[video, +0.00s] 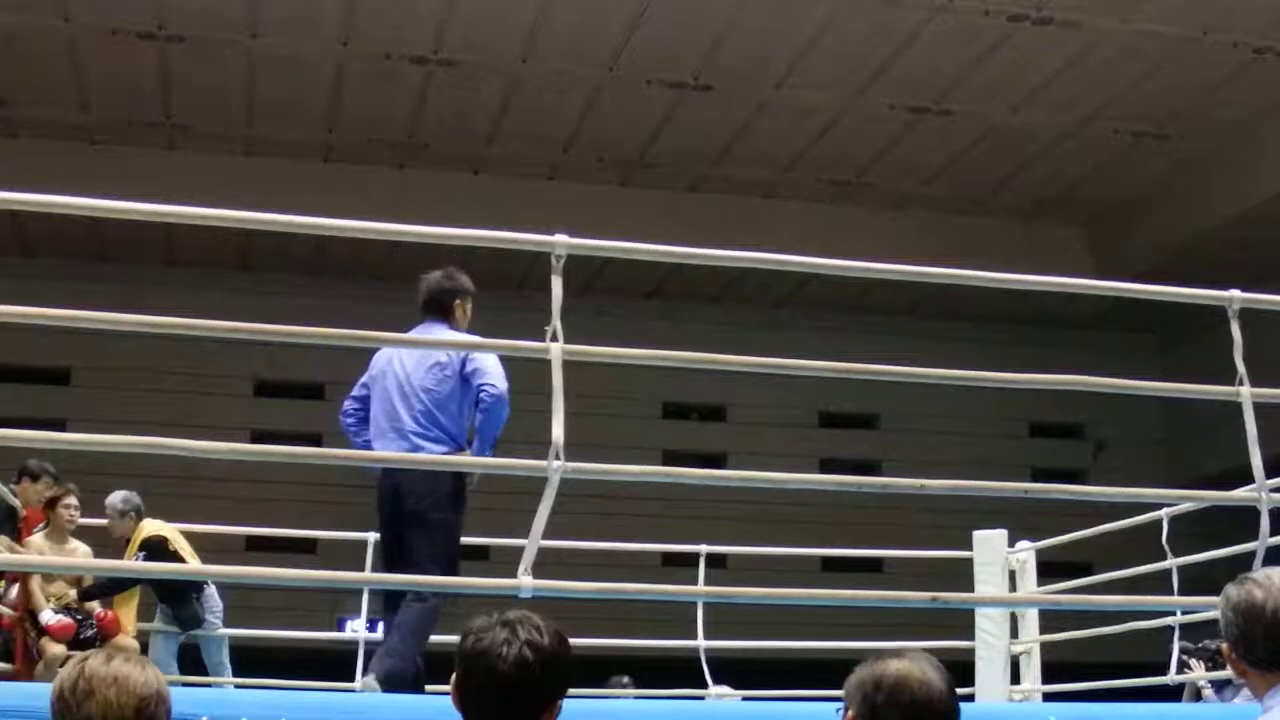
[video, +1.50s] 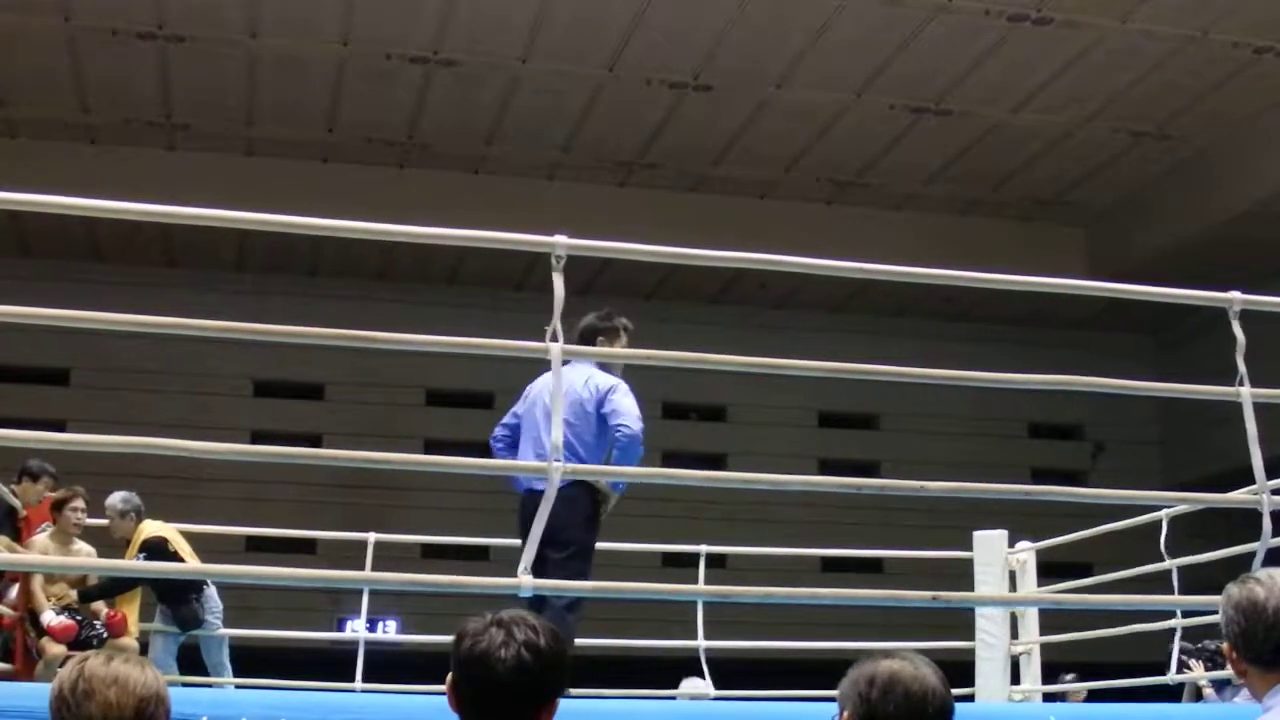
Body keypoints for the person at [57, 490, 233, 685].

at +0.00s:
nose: (107, 523)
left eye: (111, 518)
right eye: (107, 518)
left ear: (130, 519)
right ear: (130, 518)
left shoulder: (154, 539)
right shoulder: (140, 536)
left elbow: (125, 581)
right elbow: (123, 582)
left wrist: (79, 595)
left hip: (201, 601)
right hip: (171, 603)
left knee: (218, 666)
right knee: (161, 661)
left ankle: (229, 713)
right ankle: (174, 709)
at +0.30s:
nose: (107, 523)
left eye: (111, 517)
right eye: (107, 518)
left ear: (130, 517)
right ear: (129, 517)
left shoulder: (154, 538)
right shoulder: (139, 536)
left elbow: (126, 580)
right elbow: (122, 580)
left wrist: (79, 595)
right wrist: (85, 592)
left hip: (201, 600)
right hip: (171, 602)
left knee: (218, 665)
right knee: (160, 660)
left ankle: (230, 712)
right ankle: (175, 710)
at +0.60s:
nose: (107, 524)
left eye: (110, 518)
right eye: (106, 518)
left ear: (129, 516)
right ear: (127, 517)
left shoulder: (153, 539)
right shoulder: (136, 538)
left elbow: (126, 580)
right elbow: (121, 578)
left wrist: (80, 595)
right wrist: (85, 592)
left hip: (201, 600)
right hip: (170, 603)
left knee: (217, 666)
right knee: (160, 660)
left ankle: (230, 712)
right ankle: (173, 711)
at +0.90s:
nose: (107, 525)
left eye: (110, 518)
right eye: (106, 519)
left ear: (129, 518)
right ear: (128, 518)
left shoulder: (153, 539)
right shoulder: (136, 538)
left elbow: (126, 581)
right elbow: (122, 579)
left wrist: (80, 595)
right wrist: (85, 593)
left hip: (201, 600)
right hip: (171, 604)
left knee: (218, 666)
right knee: (160, 660)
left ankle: (230, 712)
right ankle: (174, 710)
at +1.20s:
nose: (107, 524)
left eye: (111, 519)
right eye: (107, 519)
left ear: (130, 519)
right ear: (129, 518)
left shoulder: (154, 540)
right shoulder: (139, 537)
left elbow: (123, 582)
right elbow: (124, 582)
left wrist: (76, 596)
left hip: (201, 600)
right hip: (170, 603)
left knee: (218, 666)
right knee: (160, 661)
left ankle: (232, 714)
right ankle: (174, 710)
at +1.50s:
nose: (108, 524)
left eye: (111, 519)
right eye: (107, 519)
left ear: (131, 519)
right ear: (130, 519)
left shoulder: (155, 541)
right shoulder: (140, 537)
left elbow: (126, 582)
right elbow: (125, 580)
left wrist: (79, 596)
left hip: (201, 600)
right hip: (170, 603)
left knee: (218, 666)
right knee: (160, 661)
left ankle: (231, 714)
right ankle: (174, 711)